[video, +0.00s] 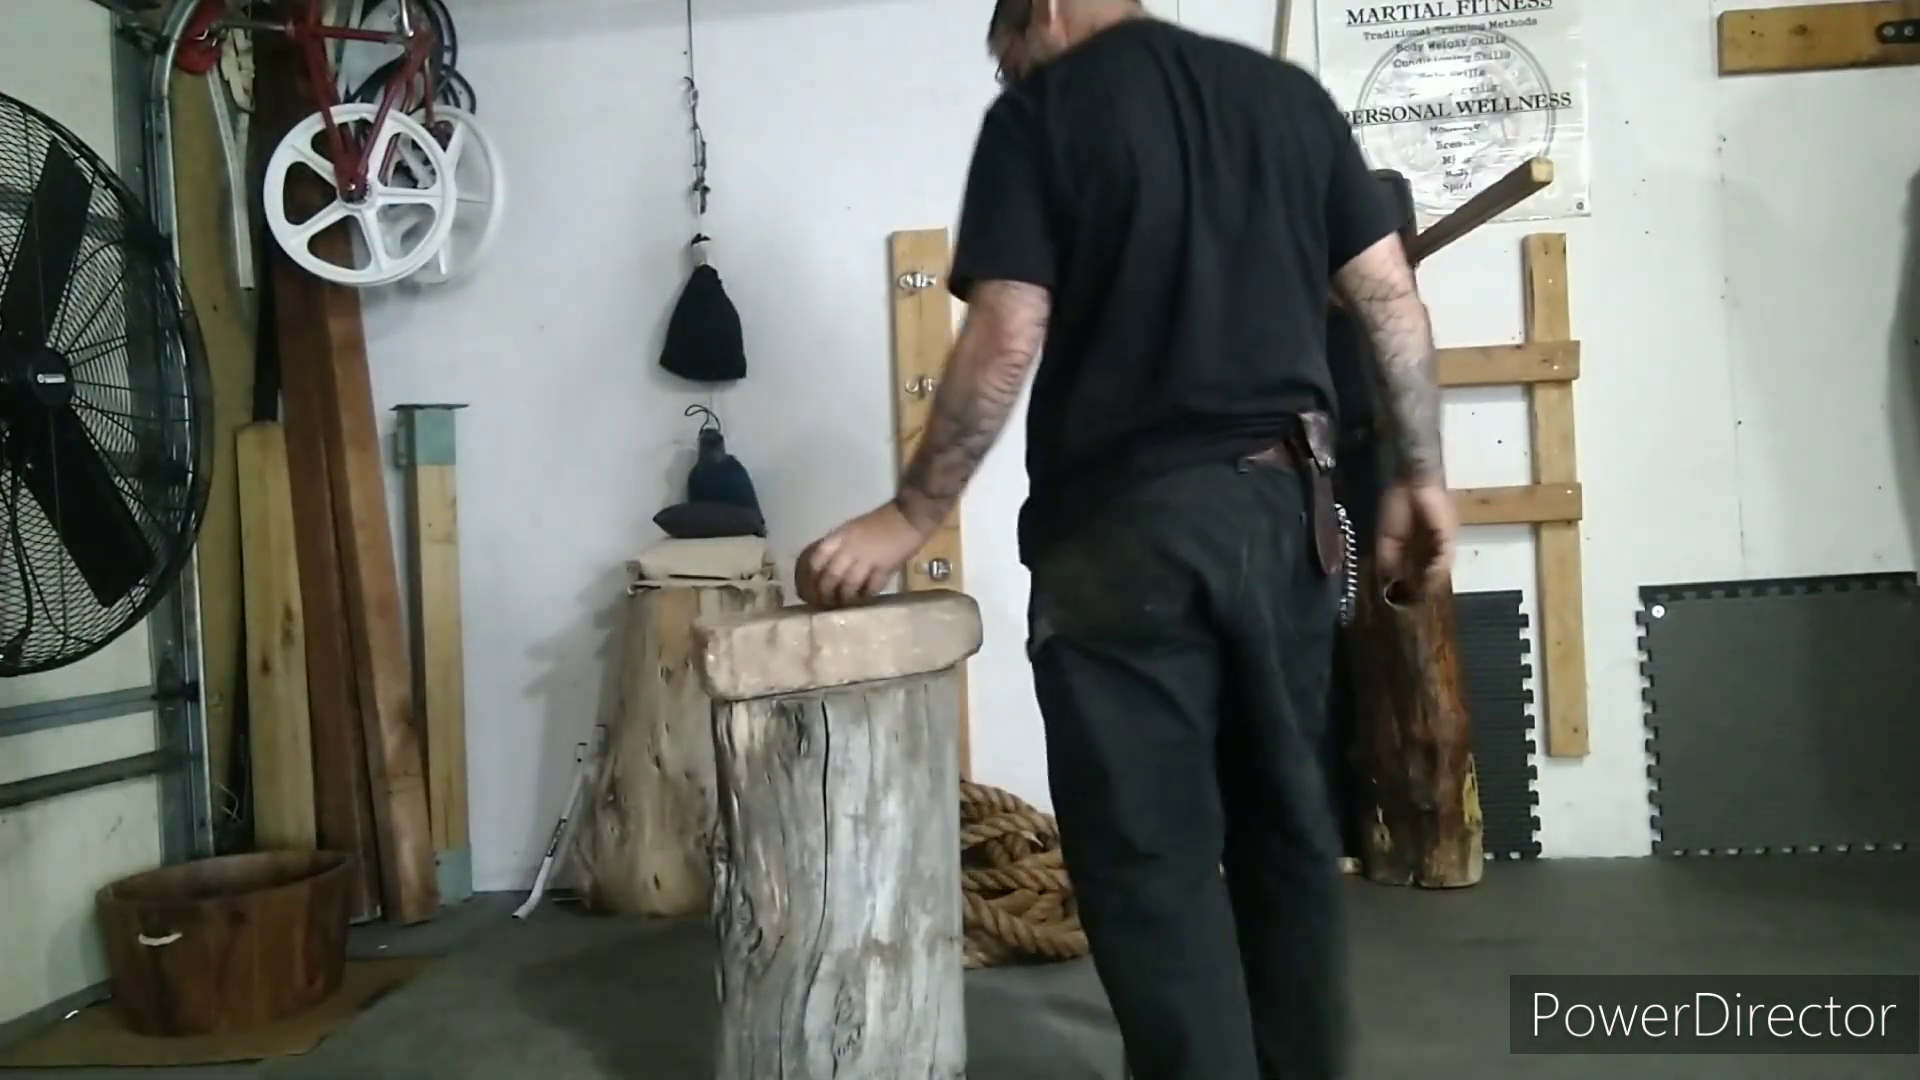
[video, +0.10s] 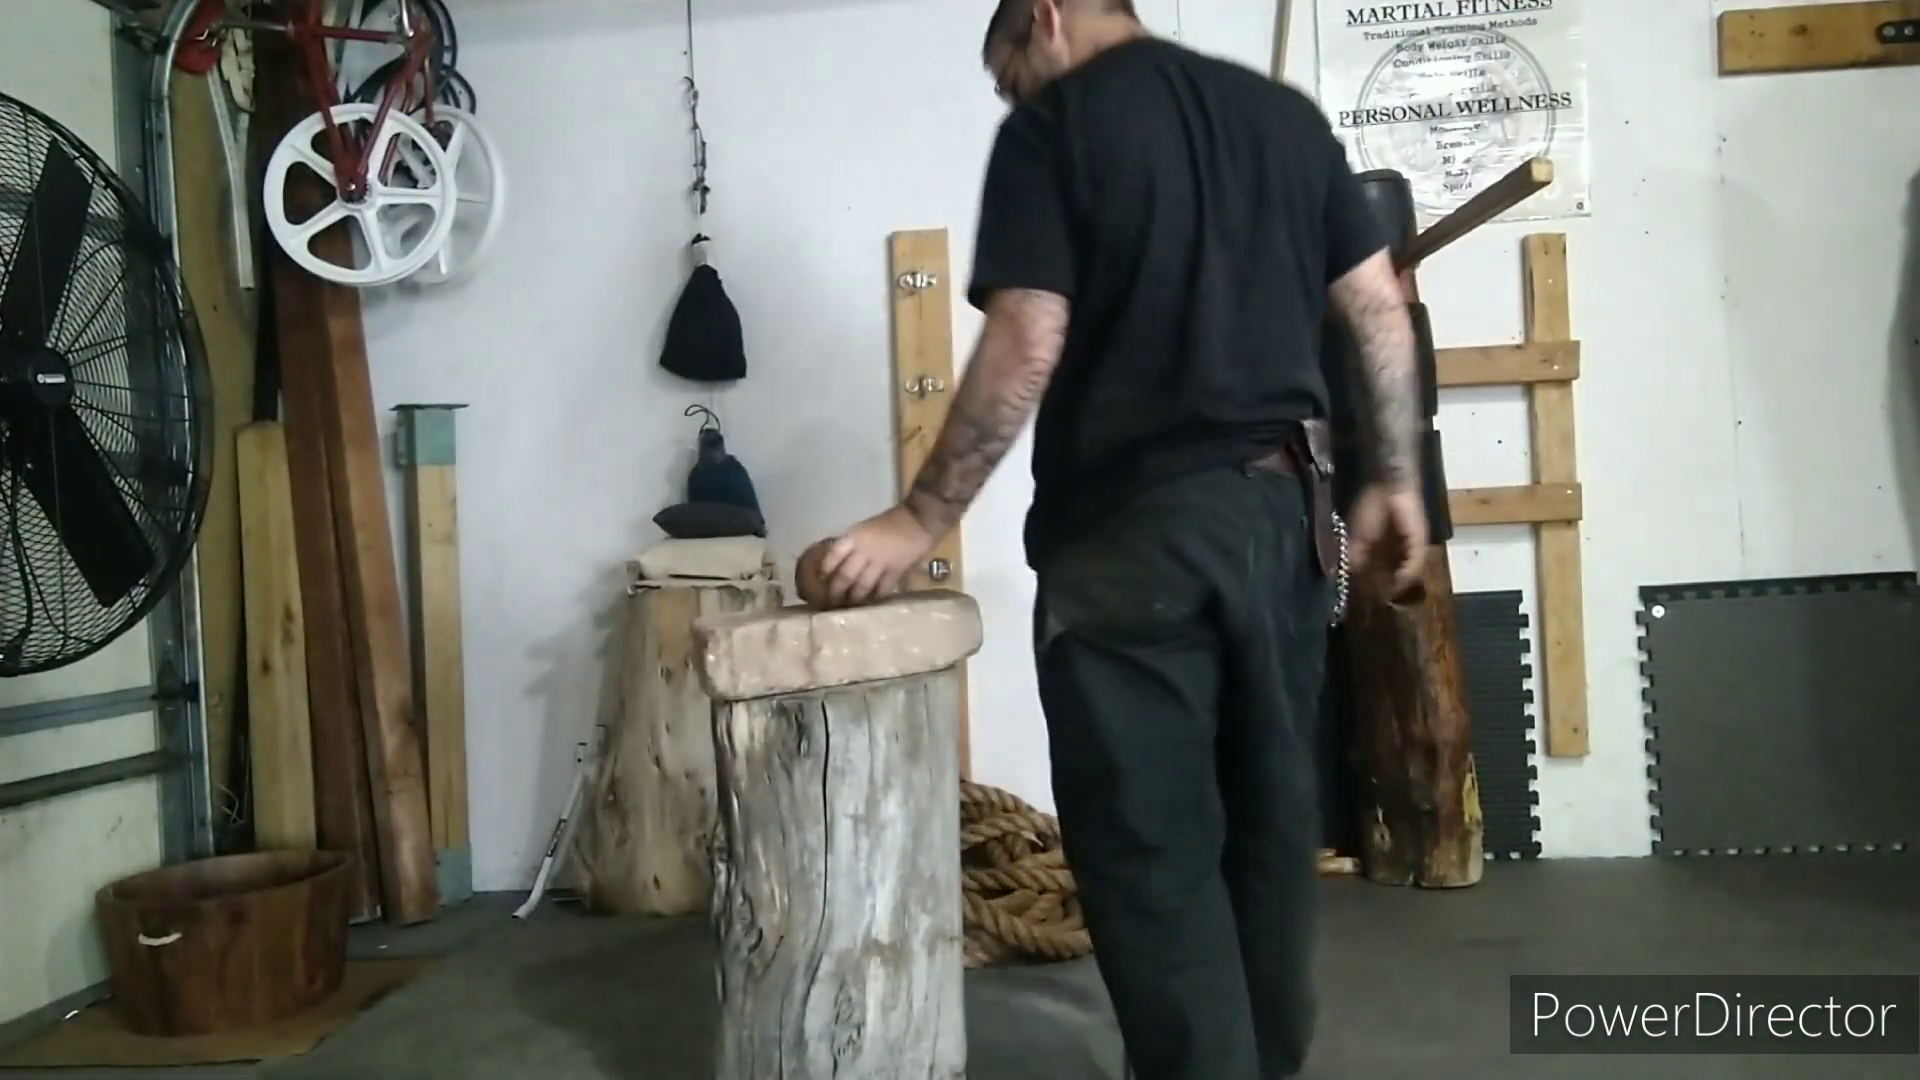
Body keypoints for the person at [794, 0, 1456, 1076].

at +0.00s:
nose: (1007, 77)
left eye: (1003, 52)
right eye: (1001, 58)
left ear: (1043, 10)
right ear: (1134, 6)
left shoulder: (1038, 112)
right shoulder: (1292, 92)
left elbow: (1010, 333)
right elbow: (1386, 288)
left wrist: (909, 513)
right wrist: (1419, 469)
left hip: (1124, 521)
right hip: (1290, 506)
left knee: (1150, 874)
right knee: (1291, 852)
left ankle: (1203, 1068)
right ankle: (1310, 1065)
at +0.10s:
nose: (1012, 100)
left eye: (1007, 77)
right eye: (1001, 86)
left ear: (1045, 18)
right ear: (1119, 14)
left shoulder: (1054, 124)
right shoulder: (1286, 111)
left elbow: (1025, 343)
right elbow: (1378, 299)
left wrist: (919, 519)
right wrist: (1393, 474)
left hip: (1131, 526)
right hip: (1286, 508)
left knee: (1149, 862)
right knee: (1271, 836)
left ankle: (1202, 1064)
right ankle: (1271, 1057)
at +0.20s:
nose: (1021, 127)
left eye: (1014, 101)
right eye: (1008, 110)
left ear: (1059, 39)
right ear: (1108, 36)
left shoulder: (1076, 144)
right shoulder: (1279, 140)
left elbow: (1048, 357)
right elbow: (1355, 328)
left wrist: (929, 516)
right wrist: (1351, 486)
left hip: (1142, 537)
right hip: (1277, 523)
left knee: (1135, 835)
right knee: (1254, 823)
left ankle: (1199, 1063)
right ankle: (1271, 1048)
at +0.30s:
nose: (1023, 142)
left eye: (1017, 113)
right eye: (1010, 121)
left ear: (1066, 51)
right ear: (1098, 49)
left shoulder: (1086, 156)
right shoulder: (1270, 154)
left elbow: (1064, 353)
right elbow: (1338, 337)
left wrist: (932, 512)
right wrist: (1328, 499)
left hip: (1152, 541)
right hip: (1274, 527)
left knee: (1116, 817)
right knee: (1245, 818)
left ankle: (1199, 1064)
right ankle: (1268, 1047)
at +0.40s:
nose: (1024, 148)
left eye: (1019, 116)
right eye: (1011, 128)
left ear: (1073, 60)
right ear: (1098, 60)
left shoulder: (1099, 160)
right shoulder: (1257, 164)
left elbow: (1073, 348)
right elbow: (1316, 335)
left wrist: (933, 506)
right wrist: (1296, 479)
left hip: (1158, 530)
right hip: (1276, 521)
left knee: (1087, 785)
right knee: (1235, 805)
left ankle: (1207, 1052)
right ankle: (1262, 1047)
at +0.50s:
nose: (1013, 152)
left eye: (1010, 121)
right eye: (1001, 135)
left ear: (1063, 68)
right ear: (1082, 71)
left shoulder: (1102, 162)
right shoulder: (1225, 170)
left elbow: (1076, 351)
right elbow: (1270, 353)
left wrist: (935, 502)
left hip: (1146, 524)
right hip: (1250, 514)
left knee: (1054, 764)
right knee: (1224, 804)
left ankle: (1173, 1041)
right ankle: (1258, 1045)